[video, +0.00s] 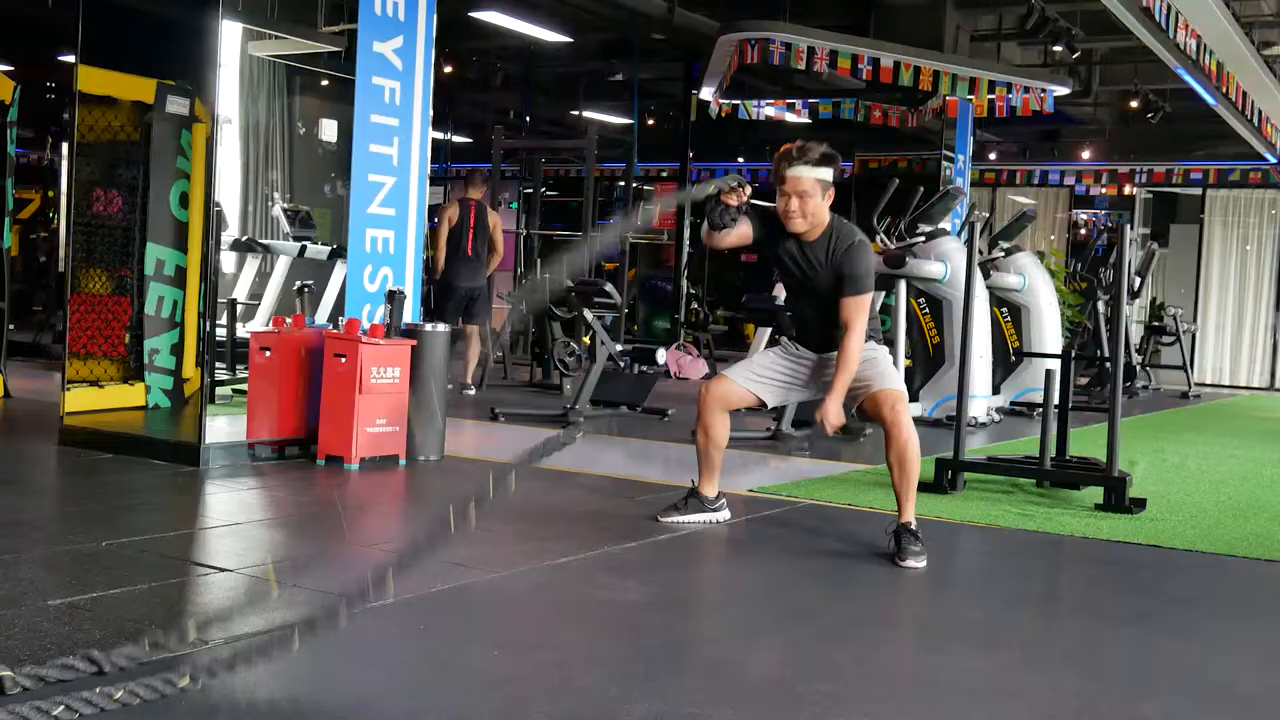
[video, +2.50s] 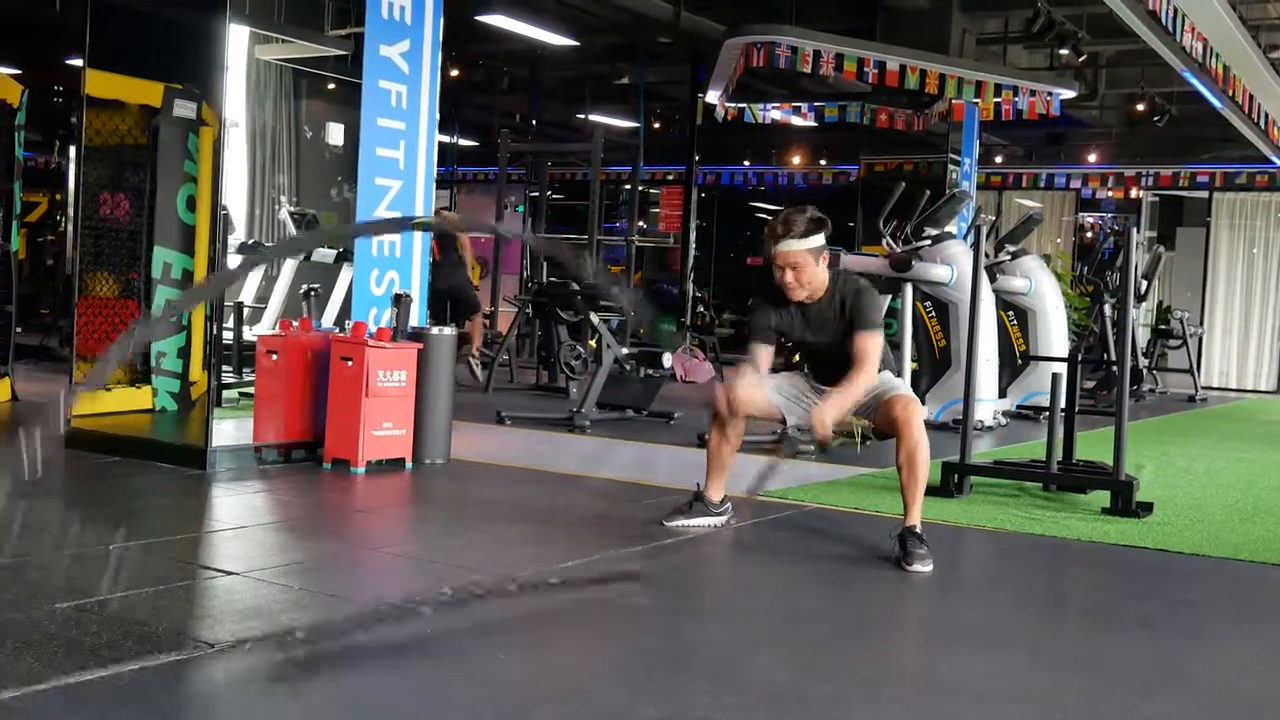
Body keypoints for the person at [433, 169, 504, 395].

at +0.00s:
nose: (471, 192)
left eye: (465, 187)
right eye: (480, 189)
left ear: (463, 187)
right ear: (484, 190)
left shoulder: (450, 210)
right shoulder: (493, 217)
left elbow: (440, 247)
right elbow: (498, 252)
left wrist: (438, 275)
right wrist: (483, 273)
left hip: (452, 281)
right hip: (478, 283)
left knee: (441, 331)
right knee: (473, 331)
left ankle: (438, 379)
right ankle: (468, 381)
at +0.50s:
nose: (460, 195)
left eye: (456, 190)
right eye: (468, 191)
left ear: (453, 190)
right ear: (474, 192)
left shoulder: (441, 214)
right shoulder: (485, 220)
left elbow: (429, 249)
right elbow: (485, 256)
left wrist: (421, 270)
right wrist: (477, 283)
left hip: (442, 283)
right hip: (468, 284)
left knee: (437, 329)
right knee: (465, 329)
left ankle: (434, 375)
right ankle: (466, 370)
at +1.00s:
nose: (467, 198)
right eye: (469, 195)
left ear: (451, 193)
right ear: (470, 195)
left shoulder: (434, 214)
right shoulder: (476, 219)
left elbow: (421, 242)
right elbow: (480, 254)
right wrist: (478, 282)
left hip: (436, 279)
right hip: (462, 281)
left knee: (435, 327)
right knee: (462, 327)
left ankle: (433, 371)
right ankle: (460, 373)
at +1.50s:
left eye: (470, 195)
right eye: (484, 199)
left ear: (468, 195)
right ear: (487, 199)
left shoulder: (453, 214)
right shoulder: (494, 226)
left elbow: (440, 246)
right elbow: (496, 260)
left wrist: (440, 268)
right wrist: (489, 286)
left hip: (447, 278)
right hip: (471, 282)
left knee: (438, 323)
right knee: (468, 329)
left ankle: (435, 371)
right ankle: (462, 374)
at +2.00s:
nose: (461, 198)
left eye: (462, 194)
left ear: (466, 195)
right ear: (484, 199)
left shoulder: (452, 216)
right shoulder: (494, 226)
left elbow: (441, 248)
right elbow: (493, 259)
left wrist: (437, 265)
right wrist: (479, 282)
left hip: (445, 281)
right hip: (470, 284)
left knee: (438, 326)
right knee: (466, 329)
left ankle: (435, 372)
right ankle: (462, 373)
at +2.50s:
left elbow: (424, 261)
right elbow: (467, 257)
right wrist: (470, 276)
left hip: (436, 284)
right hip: (458, 282)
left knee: (438, 326)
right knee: (476, 314)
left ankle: (439, 366)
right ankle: (475, 351)